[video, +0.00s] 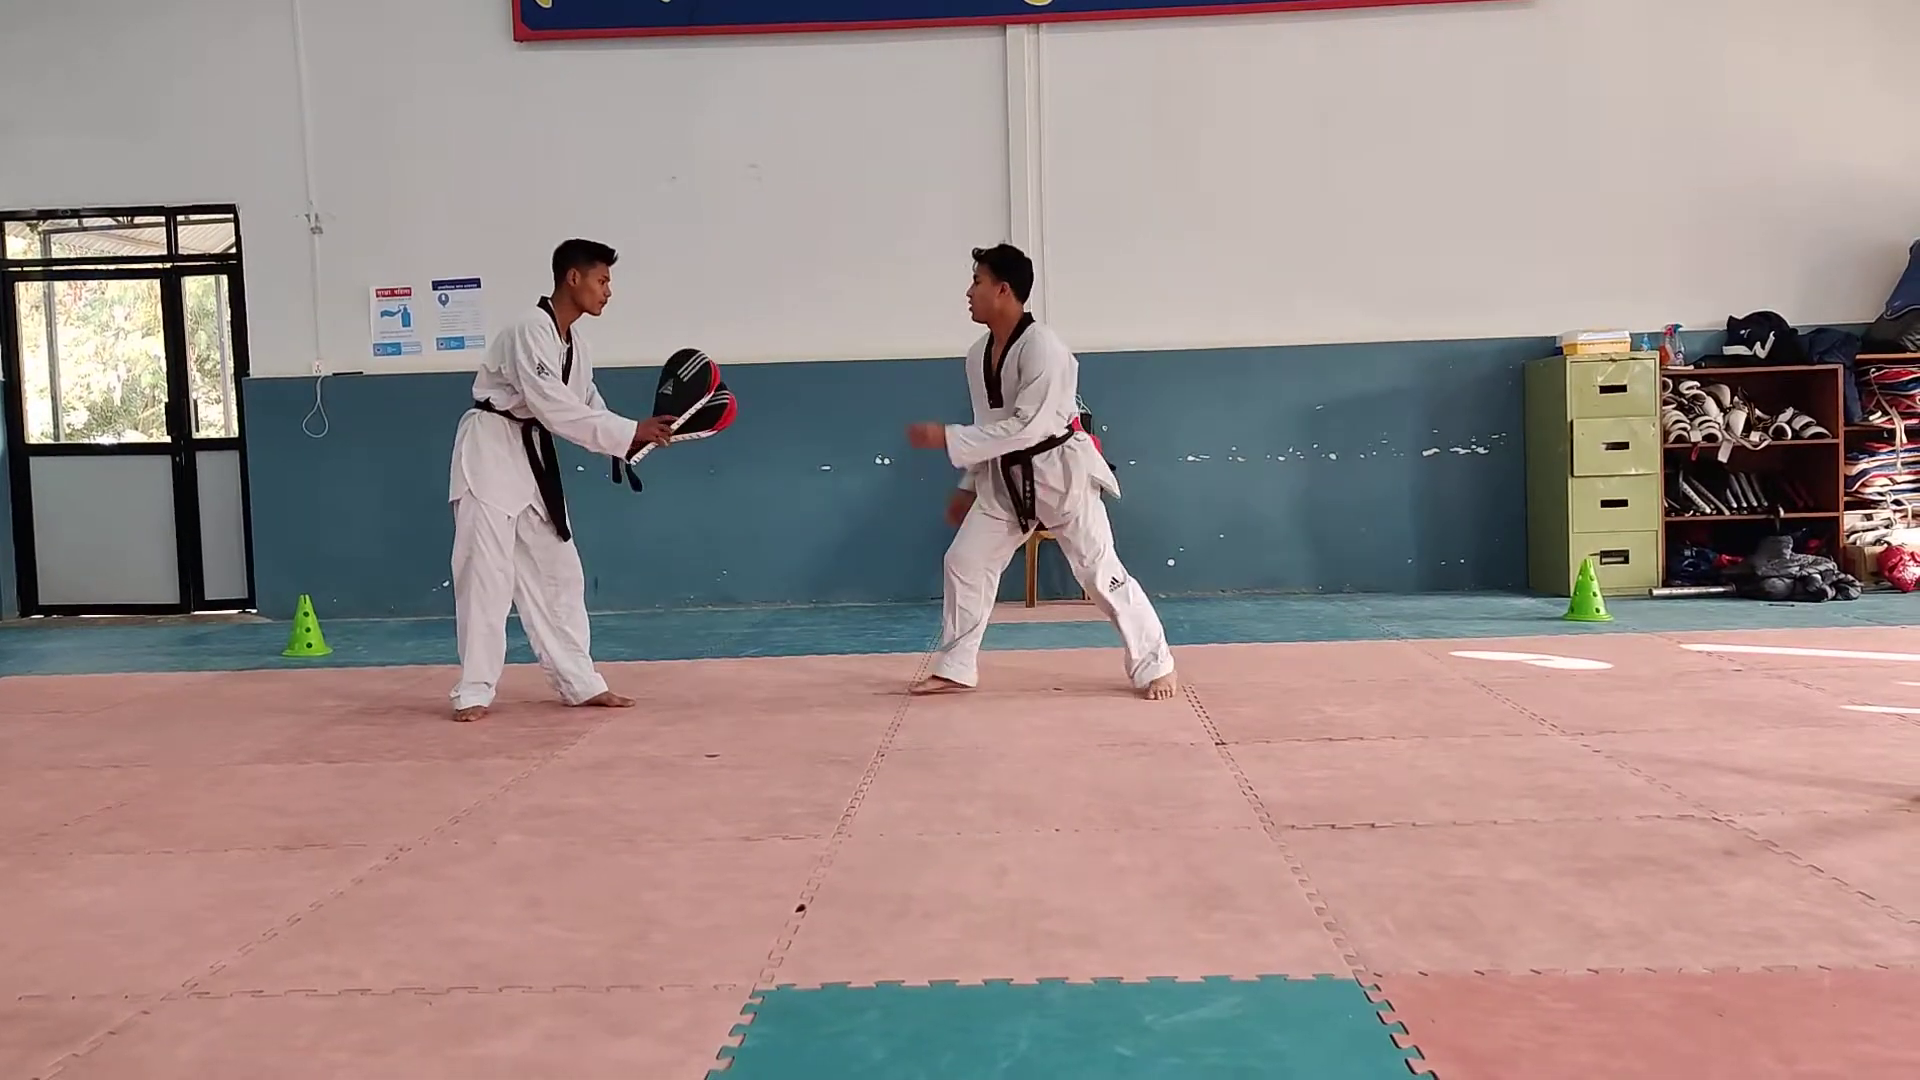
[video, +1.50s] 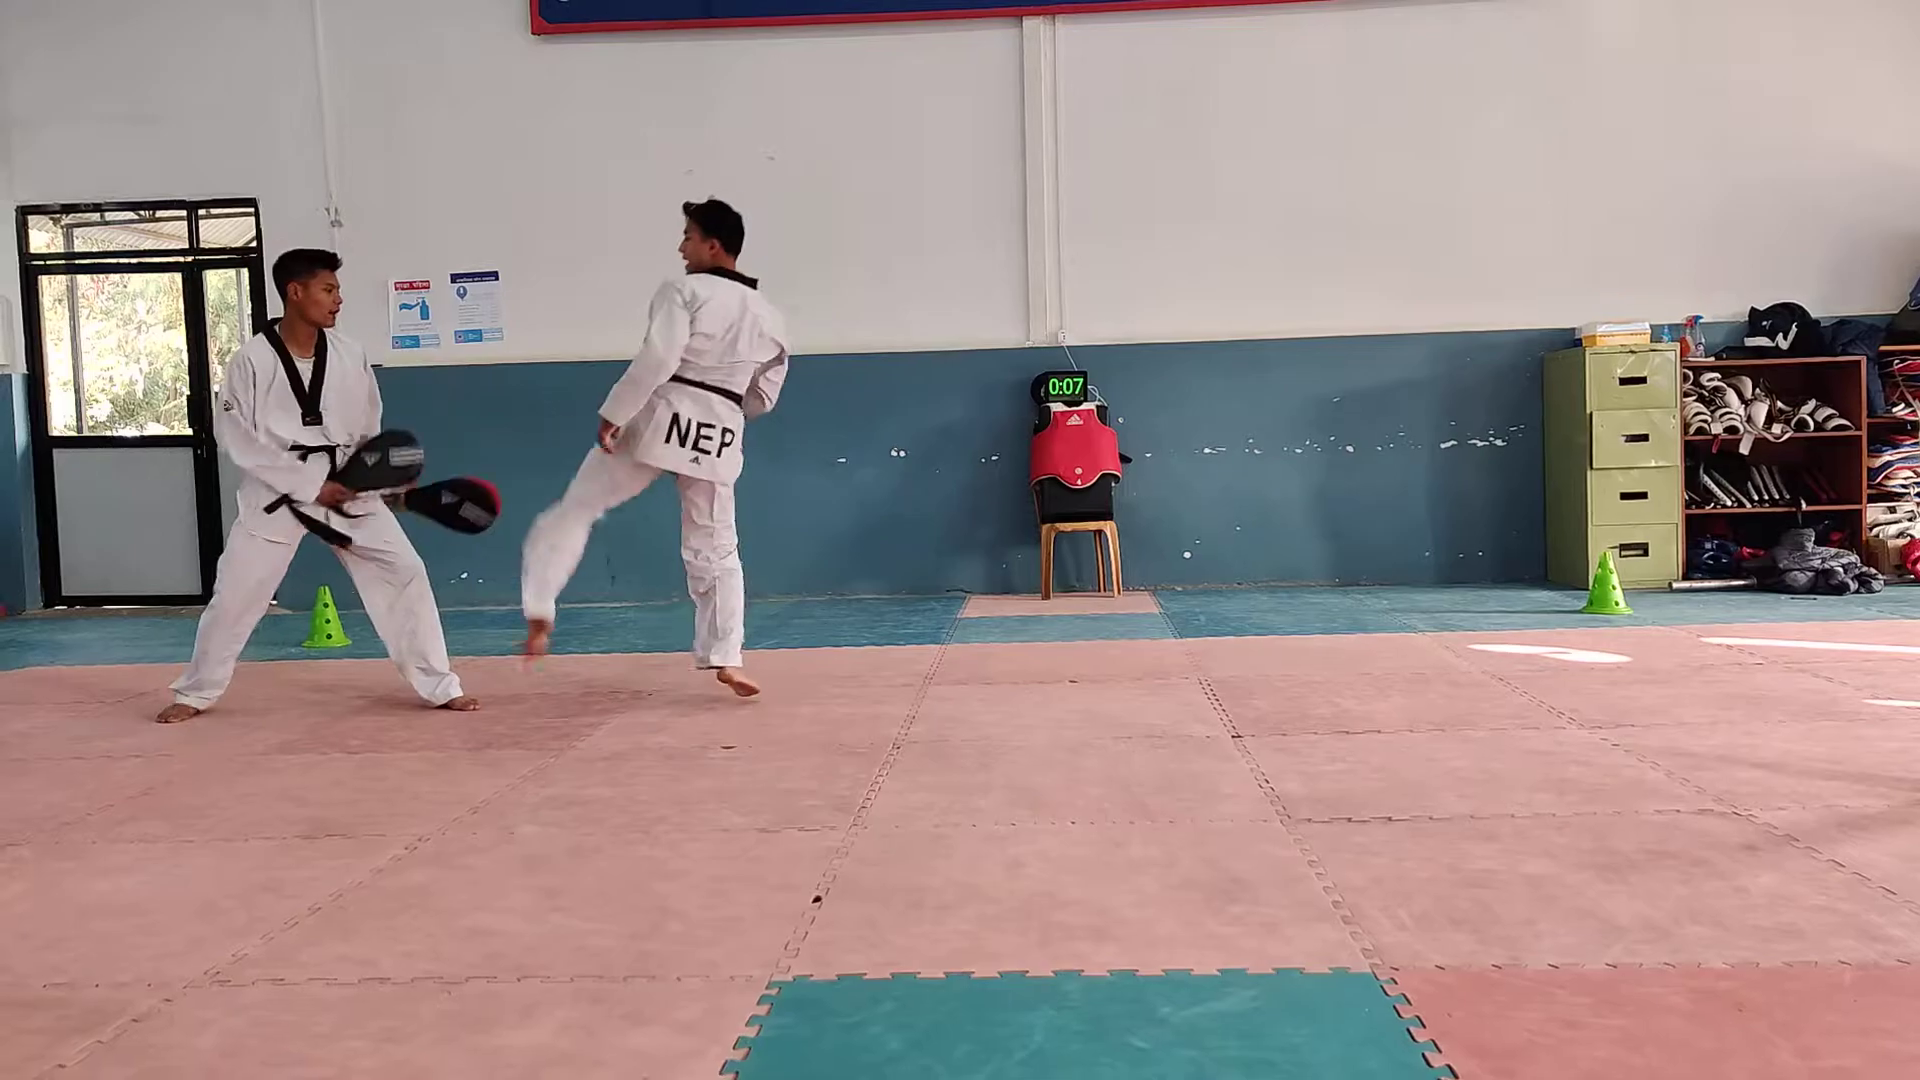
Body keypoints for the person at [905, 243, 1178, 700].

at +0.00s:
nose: (969, 291)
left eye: (977, 282)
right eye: (972, 281)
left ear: (1005, 291)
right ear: (1001, 291)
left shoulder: (1045, 351)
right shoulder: (978, 355)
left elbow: (1029, 427)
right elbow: (988, 428)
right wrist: (969, 486)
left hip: (1062, 472)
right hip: (1005, 477)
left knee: (1100, 572)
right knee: (964, 562)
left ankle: (1156, 666)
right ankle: (957, 668)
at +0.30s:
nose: (972, 256)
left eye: (981, 248)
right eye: (974, 247)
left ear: (1012, 256)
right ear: (995, 254)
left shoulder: (1034, 312)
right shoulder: (951, 303)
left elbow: (1068, 367)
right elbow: (910, 357)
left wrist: (1018, 336)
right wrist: (872, 391)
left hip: (963, 432)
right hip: (911, 411)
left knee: (940, 556)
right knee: (830, 469)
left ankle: (941, 669)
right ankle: (904, 543)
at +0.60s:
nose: (921, 259)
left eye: (929, 249)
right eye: (923, 249)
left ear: (956, 257)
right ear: (952, 257)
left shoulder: (984, 320)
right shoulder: (919, 310)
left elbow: (970, 397)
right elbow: (904, 373)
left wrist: (895, 396)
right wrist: (891, 385)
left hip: (932, 450)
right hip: (882, 431)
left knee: (925, 567)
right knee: (787, 468)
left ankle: (951, 668)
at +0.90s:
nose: (813, 306)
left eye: (821, 297)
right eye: (816, 296)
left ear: (848, 309)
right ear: (844, 309)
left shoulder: (880, 375)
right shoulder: (827, 365)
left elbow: (853, 457)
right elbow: (833, 443)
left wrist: (778, 477)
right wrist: (818, 489)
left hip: (891, 491)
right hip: (837, 489)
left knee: (913, 600)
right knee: (779, 566)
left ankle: (981, 677)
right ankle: (775, 685)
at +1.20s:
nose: (761, 251)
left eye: (770, 243)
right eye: (764, 241)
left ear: (800, 253)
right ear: (805, 254)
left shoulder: (772, 302)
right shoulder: (832, 312)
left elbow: (732, 374)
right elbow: (803, 383)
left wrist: (677, 432)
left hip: (745, 418)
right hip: (790, 441)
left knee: (628, 443)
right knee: (756, 547)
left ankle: (646, 548)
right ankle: (762, 661)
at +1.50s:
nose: (681, 246)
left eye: (688, 237)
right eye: (684, 236)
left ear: (715, 245)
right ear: (726, 249)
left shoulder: (683, 289)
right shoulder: (767, 316)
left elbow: (658, 357)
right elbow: (762, 398)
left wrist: (612, 412)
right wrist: (717, 408)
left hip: (660, 416)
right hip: (720, 434)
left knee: (576, 509)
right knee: (716, 548)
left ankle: (539, 605)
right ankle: (726, 656)